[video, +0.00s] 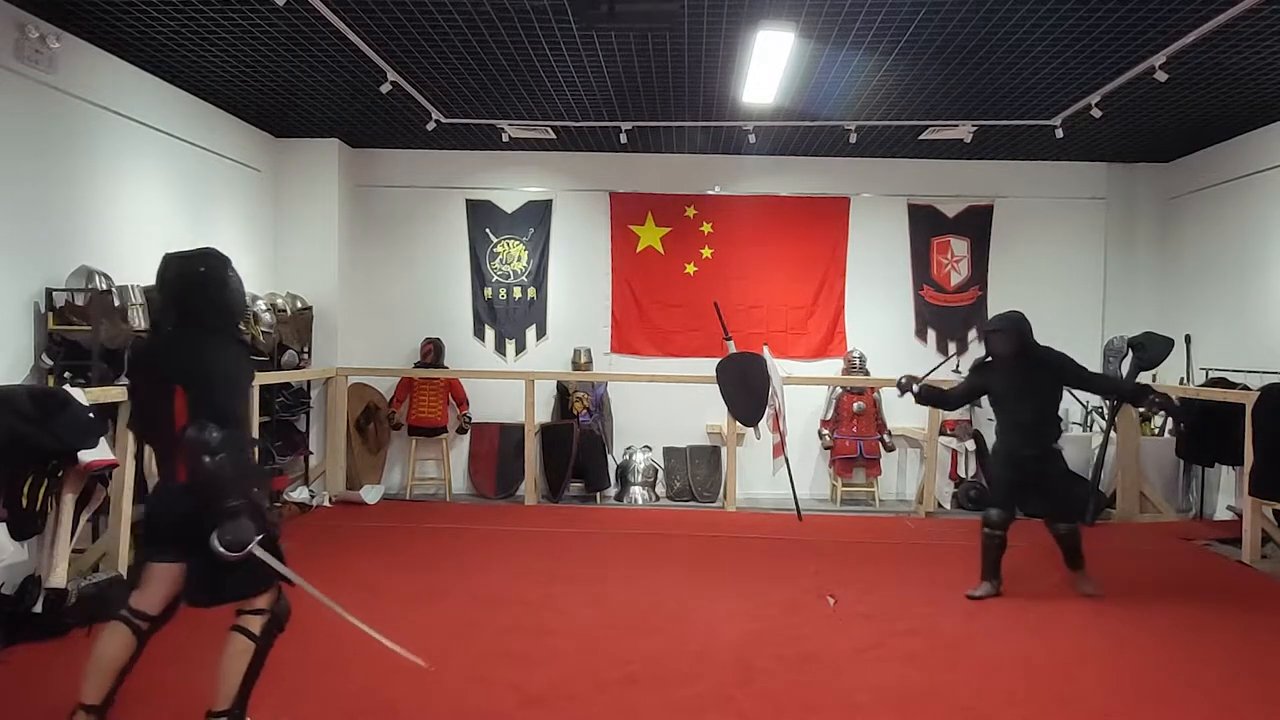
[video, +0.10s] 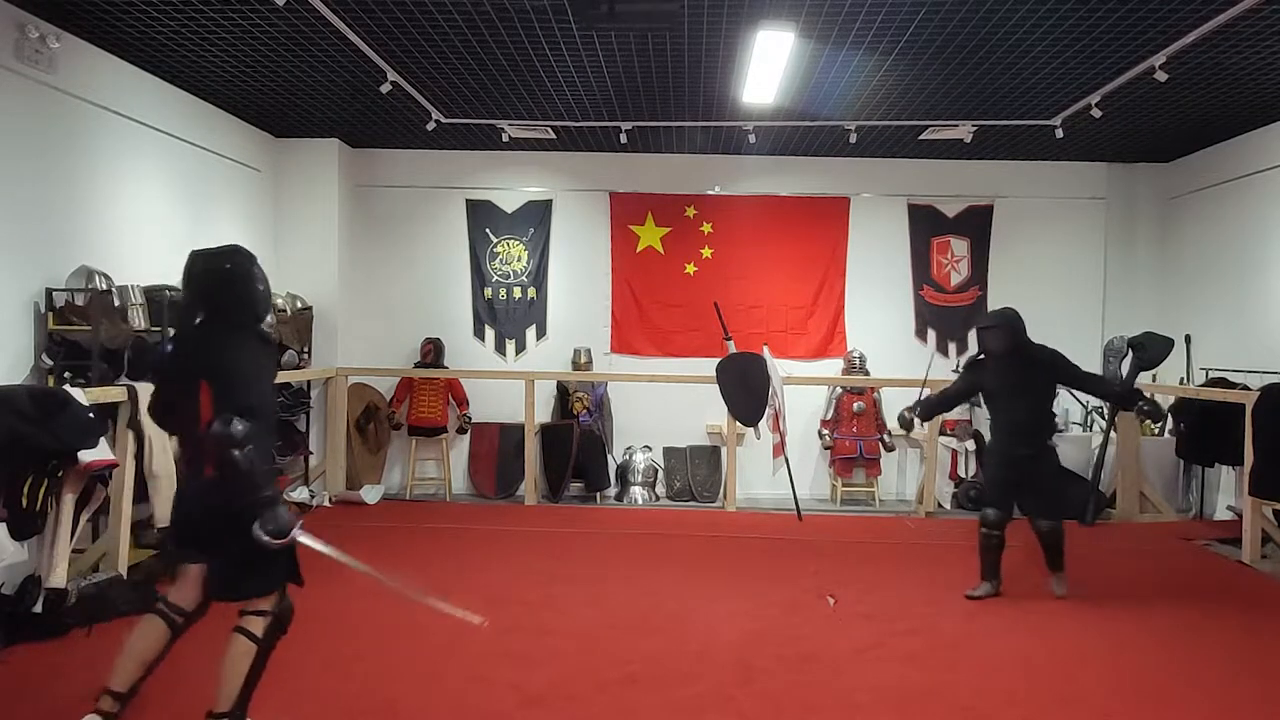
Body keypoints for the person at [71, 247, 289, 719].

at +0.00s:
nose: (240, 292)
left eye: (234, 282)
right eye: (233, 283)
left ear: (167, 295)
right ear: (220, 294)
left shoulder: (147, 350)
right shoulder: (224, 352)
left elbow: (144, 426)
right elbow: (223, 438)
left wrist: (183, 464)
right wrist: (236, 507)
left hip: (170, 495)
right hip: (222, 497)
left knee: (144, 606)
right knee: (263, 601)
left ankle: (86, 711)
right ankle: (224, 712)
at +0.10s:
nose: (264, 289)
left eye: (260, 279)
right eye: (258, 281)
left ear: (201, 291)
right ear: (247, 288)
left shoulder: (188, 340)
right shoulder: (248, 345)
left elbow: (165, 412)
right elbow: (246, 430)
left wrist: (211, 438)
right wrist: (268, 501)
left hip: (195, 489)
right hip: (245, 495)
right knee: (264, 604)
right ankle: (225, 713)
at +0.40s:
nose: (341, 299)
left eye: (337, 290)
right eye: (336, 290)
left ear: (276, 295)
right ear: (326, 297)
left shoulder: (255, 341)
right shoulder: (319, 351)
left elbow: (220, 385)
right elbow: (341, 424)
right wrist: (417, 459)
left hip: (255, 487)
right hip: (296, 492)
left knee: (312, 589)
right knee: (283, 607)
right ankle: (228, 710)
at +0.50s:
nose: (361, 308)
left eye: (358, 298)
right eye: (356, 298)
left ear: (301, 301)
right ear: (340, 304)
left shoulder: (281, 346)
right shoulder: (335, 355)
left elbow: (240, 382)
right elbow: (362, 428)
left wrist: (273, 418)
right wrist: (444, 443)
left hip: (286, 487)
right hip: (319, 492)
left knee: (332, 591)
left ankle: (322, 689)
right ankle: (263, 688)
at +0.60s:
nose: (380, 319)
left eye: (378, 310)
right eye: (375, 310)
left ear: (321, 313)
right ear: (362, 314)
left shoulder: (300, 359)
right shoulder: (358, 366)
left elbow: (264, 395)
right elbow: (388, 435)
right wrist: (471, 440)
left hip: (300, 501)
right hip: (342, 504)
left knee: (337, 597)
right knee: (413, 575)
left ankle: (322, 690)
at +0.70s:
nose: (403, 325)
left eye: (401, 315)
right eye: (398, 315)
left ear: (345, 317)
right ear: (383, 319)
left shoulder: (317, 369)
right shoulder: (380, 371)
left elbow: (288, 417)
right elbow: (419, 441)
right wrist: (497, 444)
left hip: (320, 509)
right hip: (365, 510)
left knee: (354, 586)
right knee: (445, 562)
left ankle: (323, 688)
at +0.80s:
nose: (428, 335)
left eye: (426, 326)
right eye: (423, 326)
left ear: (368, 324)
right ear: (411, 328)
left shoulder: (343, 371)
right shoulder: (407, 377)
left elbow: (307, 403)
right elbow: (445, 446)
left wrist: (339, 440)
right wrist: (521, 442)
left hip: (347, 509)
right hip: (395, 511)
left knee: (365, 589)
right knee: (462, 567)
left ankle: (325, 689)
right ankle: (508, 662)